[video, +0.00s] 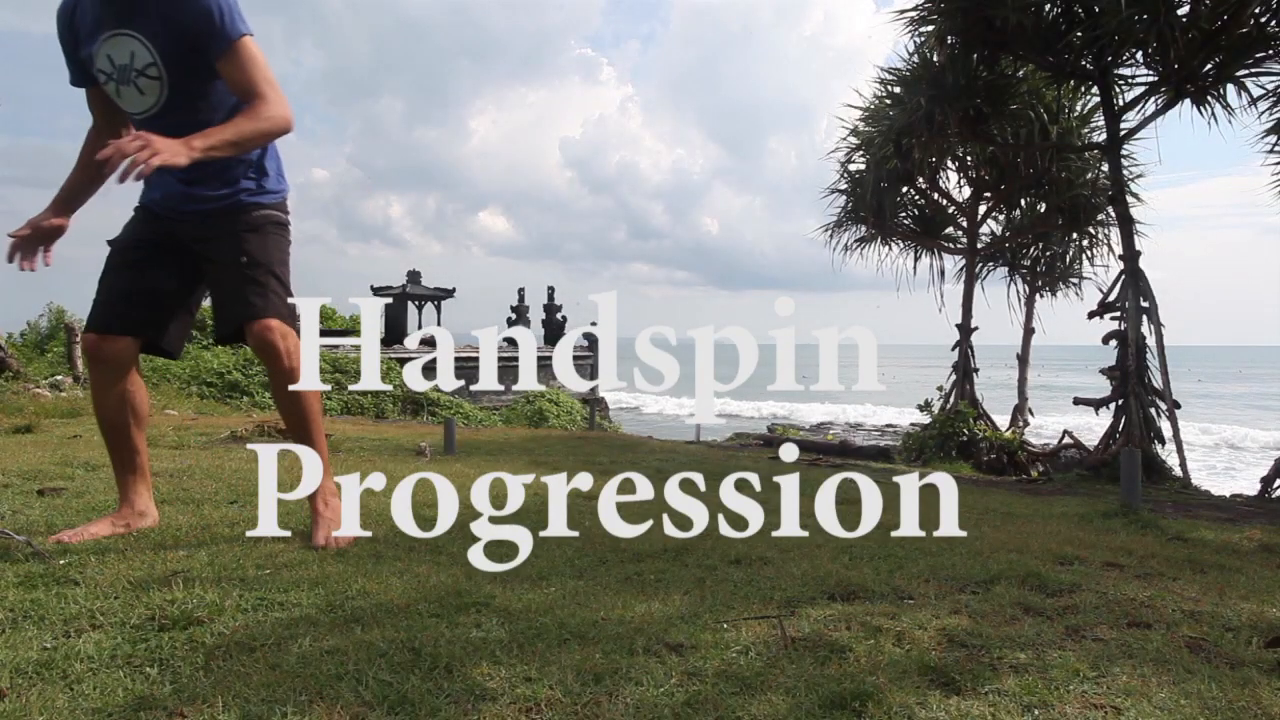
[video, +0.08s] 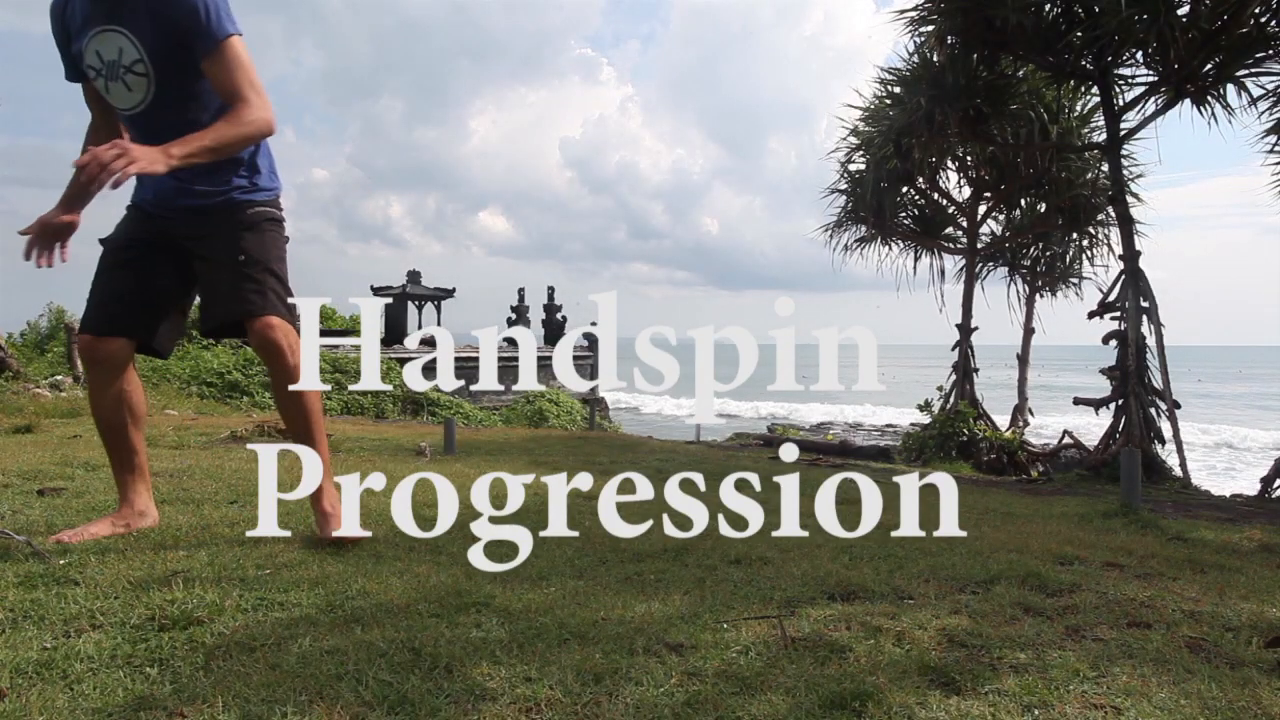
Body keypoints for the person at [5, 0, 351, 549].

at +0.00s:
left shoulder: (200, 6)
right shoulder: (77, 13)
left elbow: (275, 112)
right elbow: (110, 127)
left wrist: (190, 146)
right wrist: (60, 211)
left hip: (245, 196)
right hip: (165, 201)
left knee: (269, 333)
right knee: (107, 346)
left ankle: (325, 493)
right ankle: (137, 507)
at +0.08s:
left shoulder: (189, 4)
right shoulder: (69, 11)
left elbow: (257, 114)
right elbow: (107, 123)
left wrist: (165, 154)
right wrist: (69, 208)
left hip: (239, 195)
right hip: (158, 200)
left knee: (270, 332)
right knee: (101, 347)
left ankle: (328, 504)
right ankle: (137, 507)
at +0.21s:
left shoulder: (183, 4)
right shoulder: (67, 6)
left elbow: (236, 120)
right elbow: (114, 98)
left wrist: (144, 171)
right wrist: (98, 191)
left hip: (230, 206)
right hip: (143, 211)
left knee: (275, 351)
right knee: (93, 347)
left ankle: (326, 521)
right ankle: (136, 507)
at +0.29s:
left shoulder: (189, 4)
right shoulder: (70, 4)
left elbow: (243, 119)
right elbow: (114, 93)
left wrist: (164, 181)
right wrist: (104, 187)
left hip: (222, 206)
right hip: (131, 209)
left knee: (276, 352)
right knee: (91, 350)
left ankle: (328, 519)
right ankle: (136, 507)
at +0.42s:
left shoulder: (207, 6)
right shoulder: (74, 5)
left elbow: (270, 114)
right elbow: (101, 95)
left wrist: (232, 165)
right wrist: (90, 188)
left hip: (223, 206)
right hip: (127, 206)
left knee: (276, 348)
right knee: (91, 349)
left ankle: (322, 516)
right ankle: (136, 506)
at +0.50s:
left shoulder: (239, 6)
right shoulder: (84, 3)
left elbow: (297, 96)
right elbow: (84, 91)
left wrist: (308, 127)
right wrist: (39, 178)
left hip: (224, 186)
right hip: (127, 190)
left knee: (279, 337)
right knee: (96, 344)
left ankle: (304, 514)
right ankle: (136, 506)